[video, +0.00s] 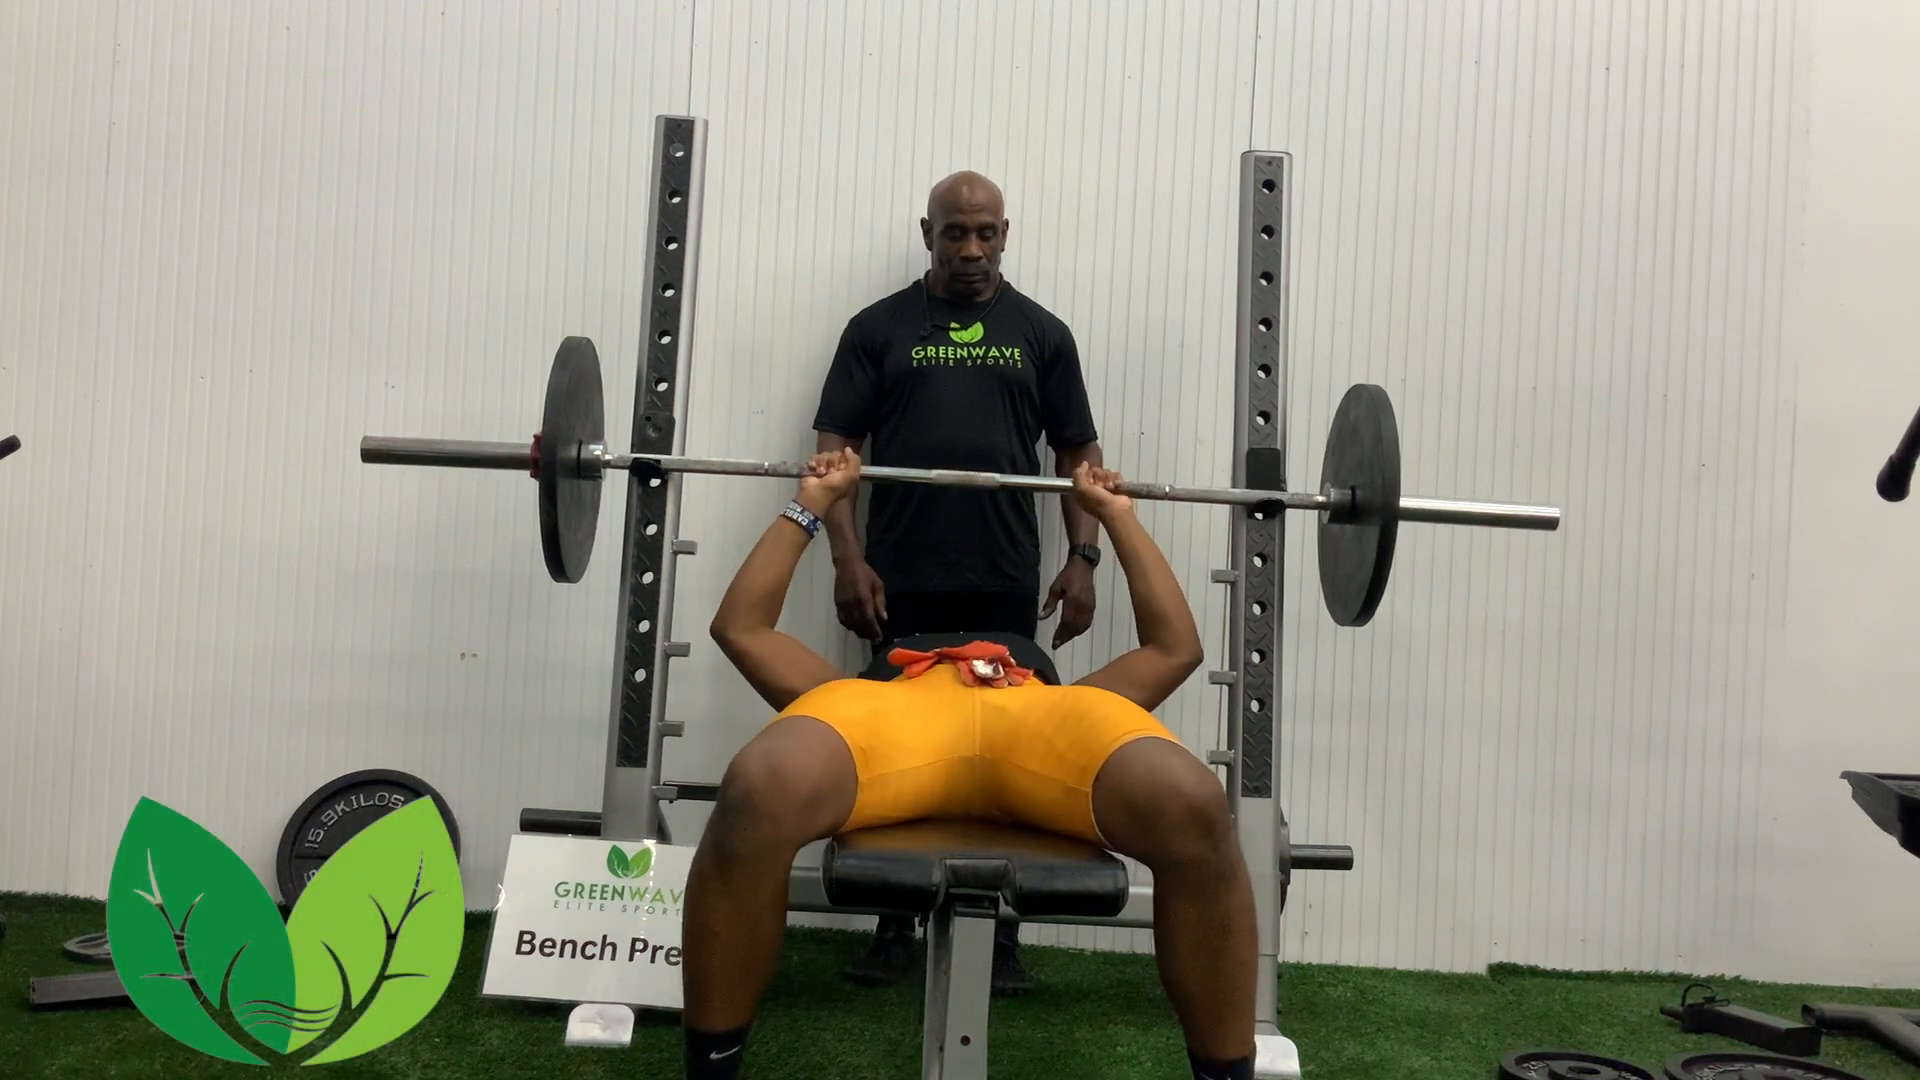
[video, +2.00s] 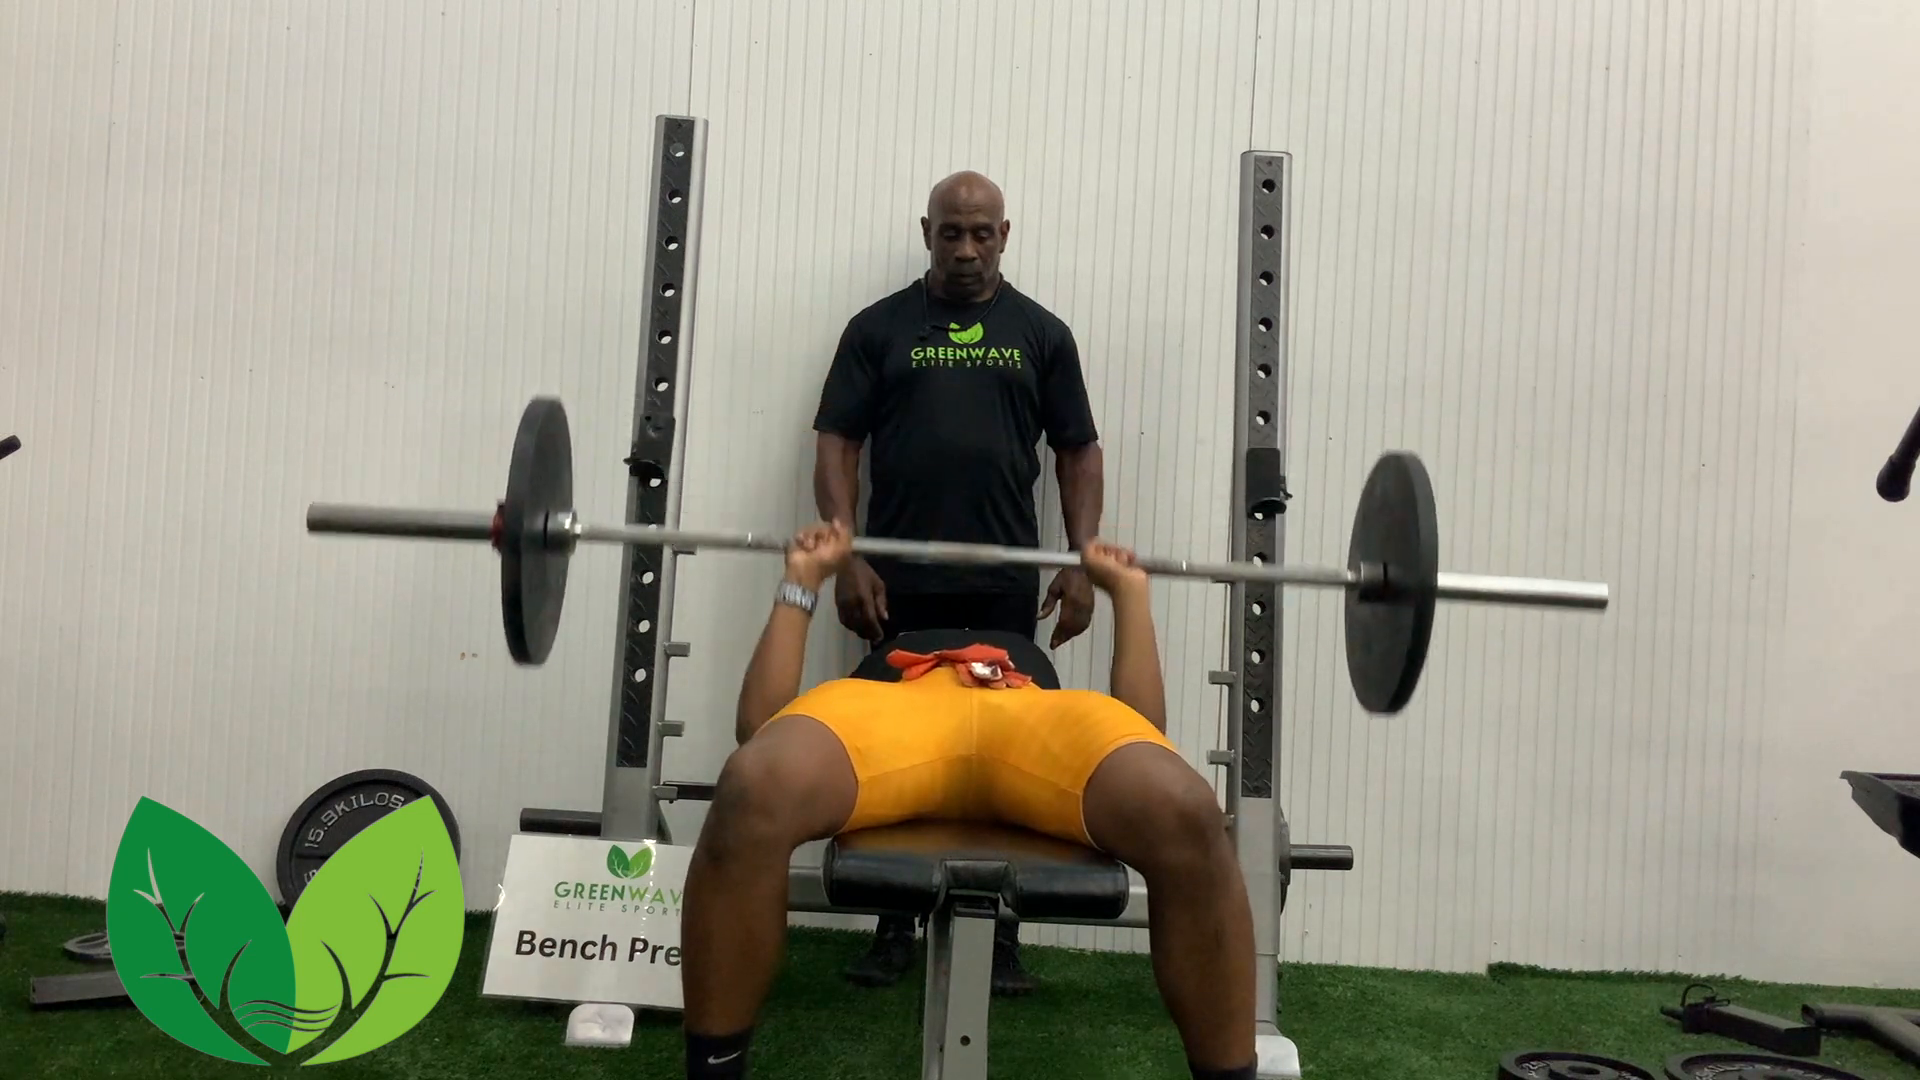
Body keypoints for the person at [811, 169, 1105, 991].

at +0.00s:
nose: (972, 248)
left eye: (987, 234)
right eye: (956, 233)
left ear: (1006, 238)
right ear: (927, 236)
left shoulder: (1041, 335)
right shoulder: (876, 332)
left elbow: (1078, 457)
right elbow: (833, 456)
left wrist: (1082, 558)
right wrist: (849, 561)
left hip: (1007, 583)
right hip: (903, 580)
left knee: (1013, 750)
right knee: (892, 747)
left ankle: (1000, 930)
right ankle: (896, 922)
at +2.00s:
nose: (967, 248)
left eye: (983, 235)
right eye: (952, 233)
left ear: (1005, 239)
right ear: (926, 237)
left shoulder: (1042, 336)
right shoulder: (877, 330)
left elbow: (1078, 455)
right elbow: (836, 445)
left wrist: (1083, 563)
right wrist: (844, 556)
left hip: (1006, 590)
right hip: (900, 585)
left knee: (1011, 759)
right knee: (889, 754)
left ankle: (1000, 931)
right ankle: (894, 924)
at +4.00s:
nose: (969, 249)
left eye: (986, 235)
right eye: (954, 233)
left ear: (1006, 241)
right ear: (928, 234)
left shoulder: (1044, 336)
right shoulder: (879, 328)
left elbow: (1076, 461)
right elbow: (833, 445)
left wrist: (1082, 561)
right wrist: (847, 556)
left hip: (1008, 582)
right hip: (896, 580)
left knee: (1012, 746)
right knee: (887, 743)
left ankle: (1000, 926)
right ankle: (897, 919)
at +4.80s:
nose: (967, 245)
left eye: (984, 231)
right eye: (952, 229)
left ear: (1005, 238)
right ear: (927, 233)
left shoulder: (1041, 335)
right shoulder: (876, 331)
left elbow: (1079, 459)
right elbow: (831, 457)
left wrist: (1083, 558)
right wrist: (849, 561)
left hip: (1006, 584)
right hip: (902, 581)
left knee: (1012, 752)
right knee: (891, 749)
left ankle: (999, 930)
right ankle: (896, 922)